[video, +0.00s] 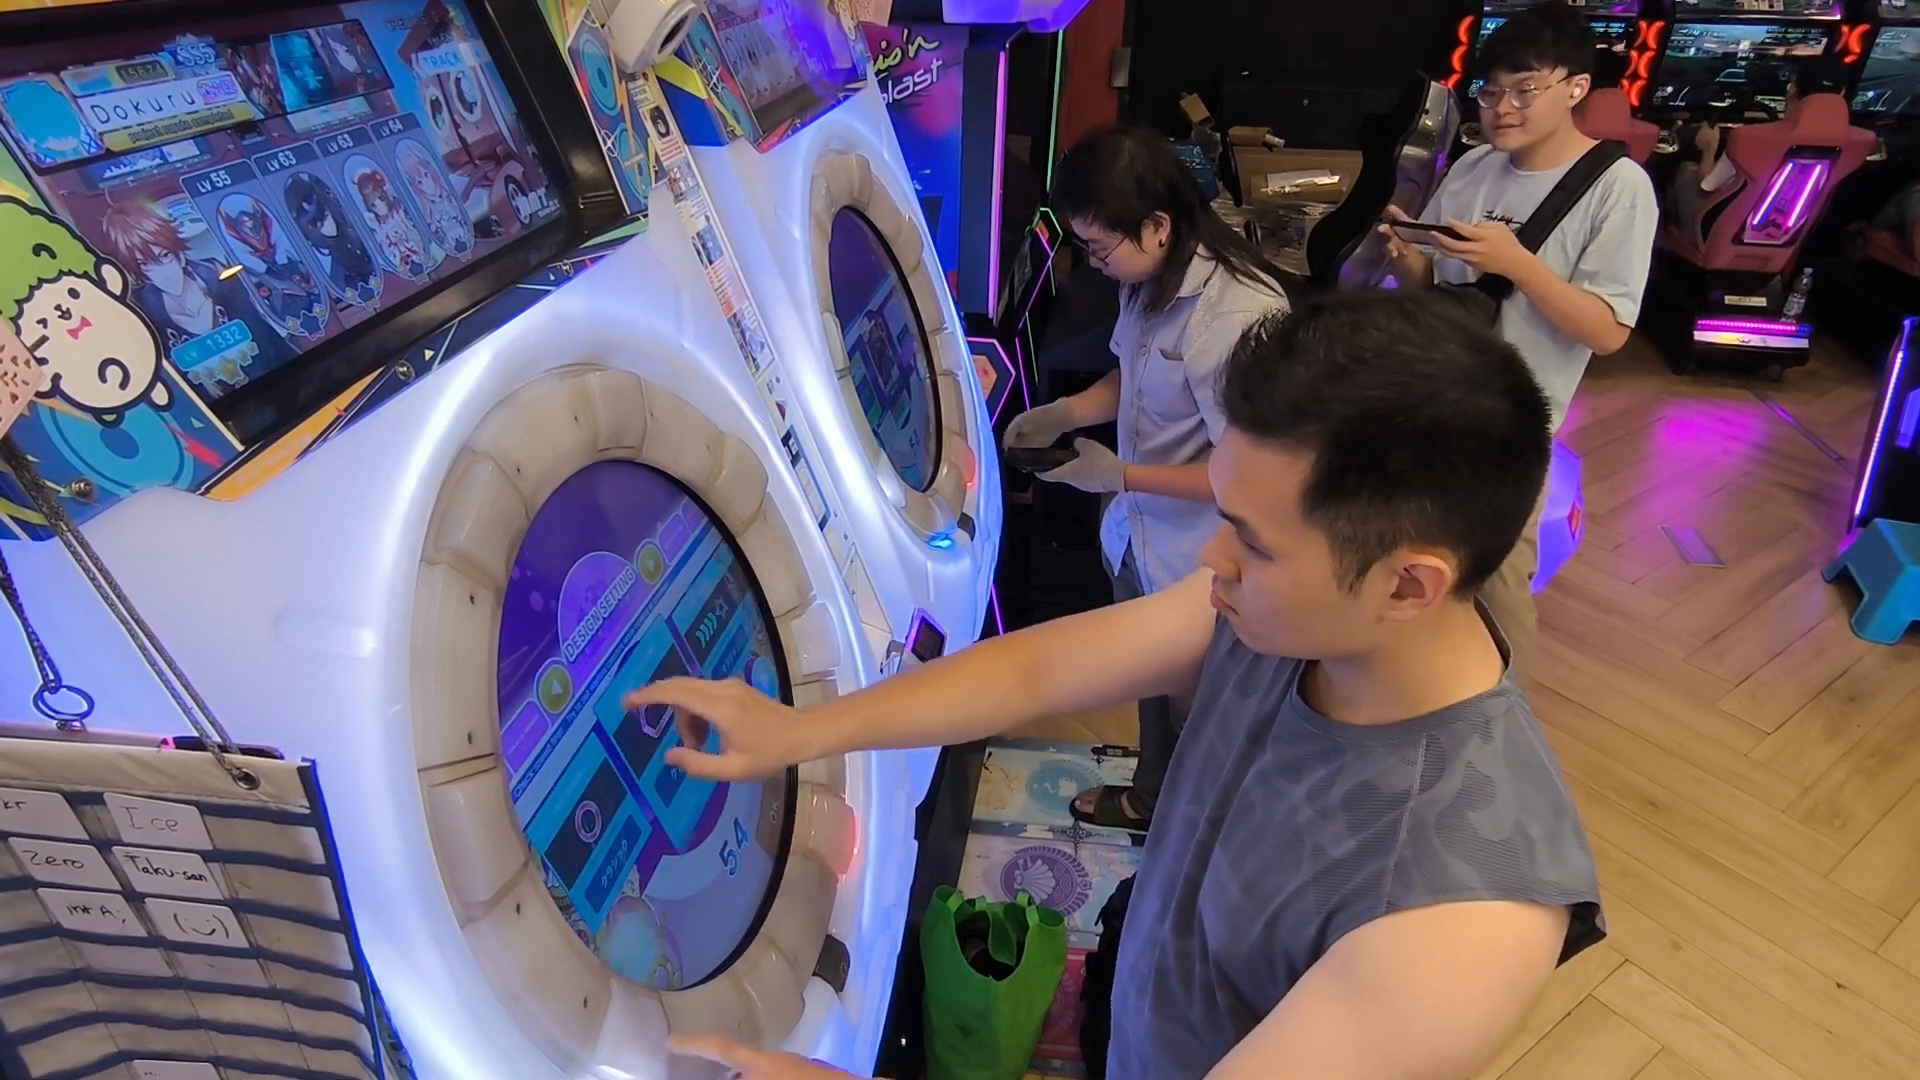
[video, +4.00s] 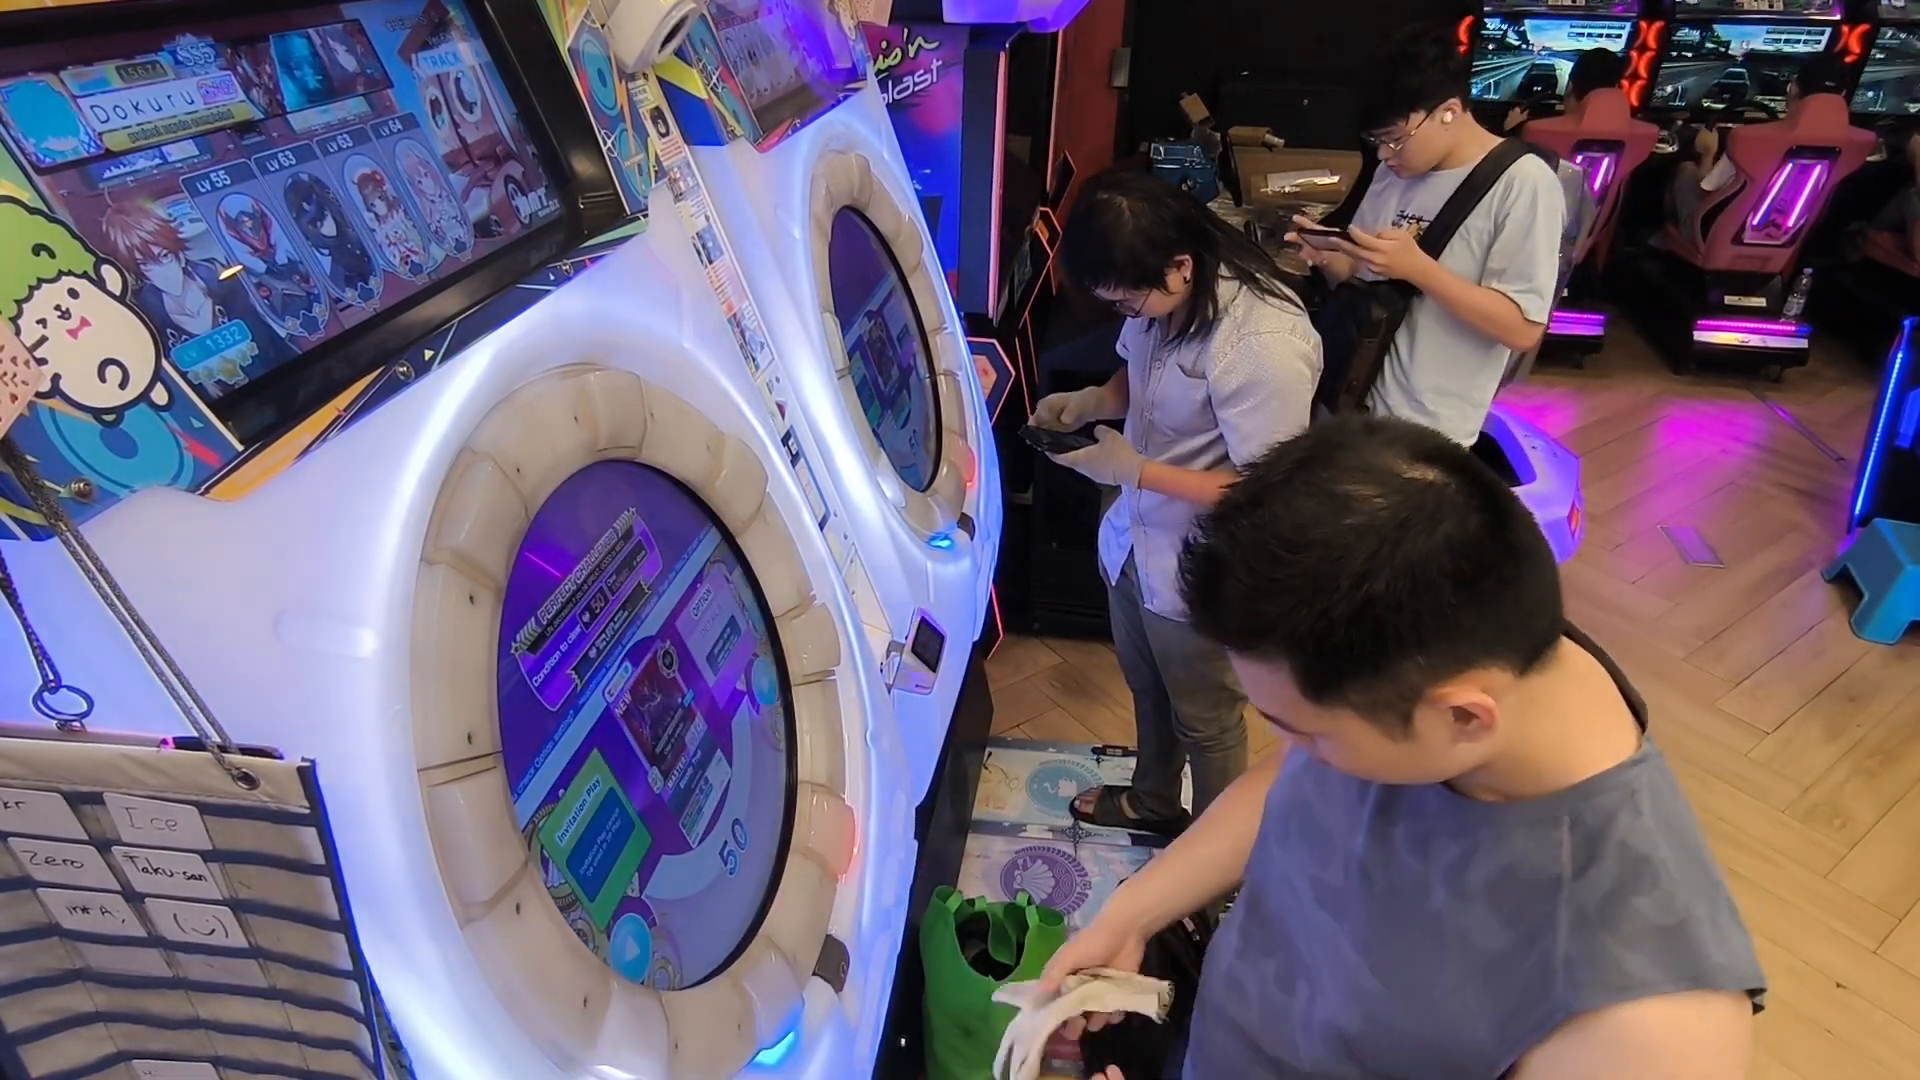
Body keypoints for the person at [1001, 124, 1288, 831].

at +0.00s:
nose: (1093, 259)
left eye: (1101, 244)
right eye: (1085, 244)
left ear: (1158, 229)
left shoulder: (1235, 322)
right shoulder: (1148, 278)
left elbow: (1242, 476)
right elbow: (1133, 383)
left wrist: (1119, 475)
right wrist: (1063, 413)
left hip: (1203, 544)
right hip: (1143, 521)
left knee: (1193, 687)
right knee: (1148, 671)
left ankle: (1186, 807)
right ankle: (1152, 787)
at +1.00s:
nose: (1133, 257)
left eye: (1152, 241)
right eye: (1122, 238)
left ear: (1212, 222)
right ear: (1111, 218)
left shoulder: (1260, 329)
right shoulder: (1152, 282)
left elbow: (1262, 486)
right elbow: (1135, 375)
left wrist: (1138, 476)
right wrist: (1088, 406)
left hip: (1211, 557)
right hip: (1145, 527)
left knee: (1198, 703)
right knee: (1151, 675)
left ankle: (1195, 836)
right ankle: (1153, 795)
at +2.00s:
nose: (1129, 300)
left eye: (1138, 288)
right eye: (1120, 289)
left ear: (1192, 264)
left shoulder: (1262, 336)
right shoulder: (1167, 300)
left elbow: (1253, 489)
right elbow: (1147, 385)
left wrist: (1140, 463)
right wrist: (1096, 402)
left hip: (1205, 552)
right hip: (1144, 530)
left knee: (1184, 696)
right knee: (1143, 683)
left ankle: (1167, 809)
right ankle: (1144, 794)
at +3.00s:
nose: (1121, 311)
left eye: (1127, 299)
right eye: (1111, 301)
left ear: (1180, 269)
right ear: (1175, 267)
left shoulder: (1251, 333)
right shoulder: (1164, 290)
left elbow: (1255, 484)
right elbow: (1144, 383)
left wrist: (1137, 467)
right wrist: (1103, 402)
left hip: (1198, 552)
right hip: (1134, 534)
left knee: (1200, 727)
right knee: (1152, 711)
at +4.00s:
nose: (1121, 311)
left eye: (1129, 298)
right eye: (1112, 300)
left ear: (1180, 268)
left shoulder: (1260, 345)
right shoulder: (1158, 297)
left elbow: (1268, 493)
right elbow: (1142, 388)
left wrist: (1139, 471)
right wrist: (1085, 406)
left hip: (1196, 559)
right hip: (1133, 535)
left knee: (1205, 714)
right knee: (1149, 684)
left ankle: (1222, 844)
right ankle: (1156, 800)